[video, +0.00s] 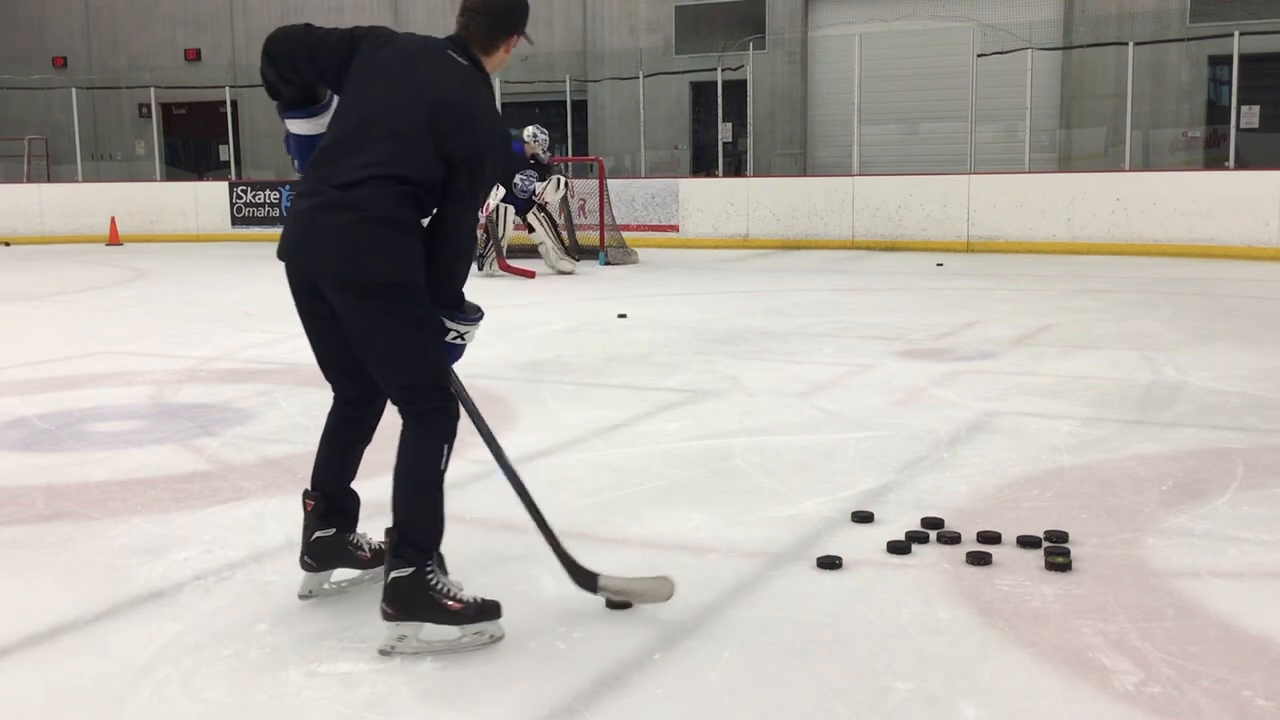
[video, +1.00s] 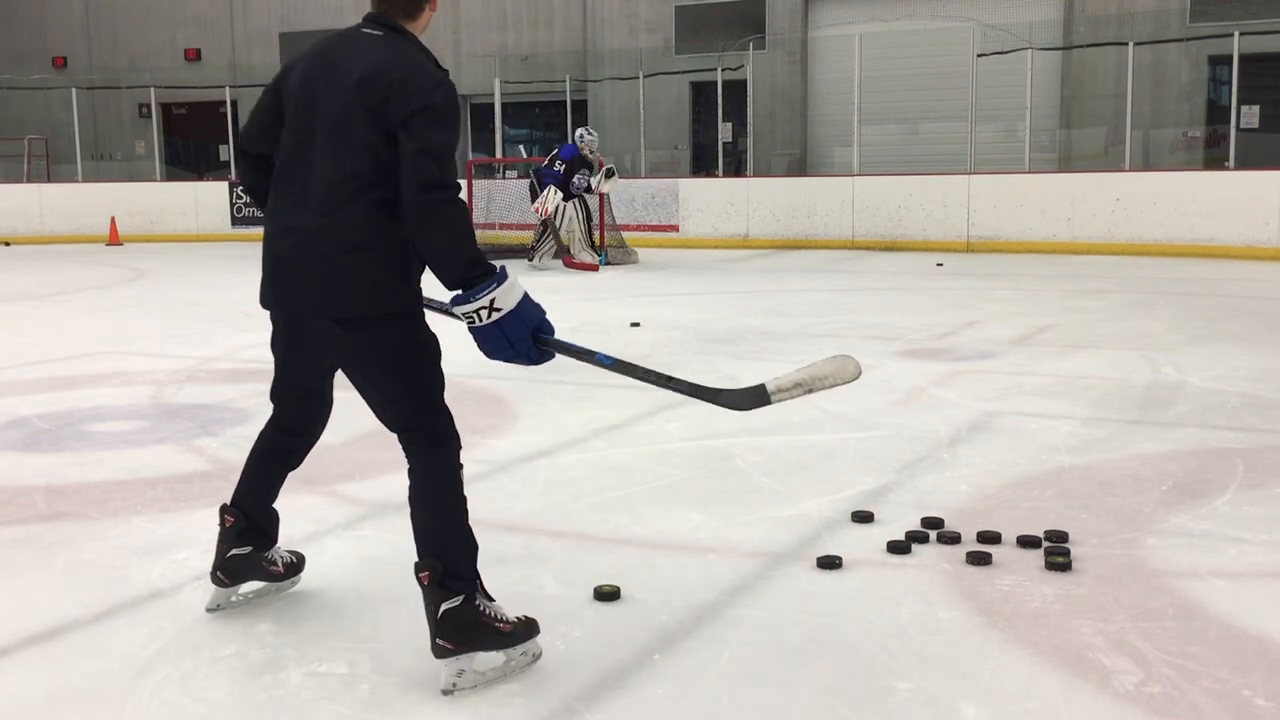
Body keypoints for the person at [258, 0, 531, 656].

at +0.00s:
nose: (515, 52)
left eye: (515, 41)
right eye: (518, 43)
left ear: (462, 21)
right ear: (507, 44)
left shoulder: (383, 46)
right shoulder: (481, 120)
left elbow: (284, 45)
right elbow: (452, 232)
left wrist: (304, 122)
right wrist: (450, 311)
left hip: (306, 243)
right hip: (376, 256)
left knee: (358, 392)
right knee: (431, 407)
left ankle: (327, 532)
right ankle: (414, 576)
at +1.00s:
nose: (438, 14)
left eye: (436, 9)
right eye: (439, 9)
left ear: (371, 4)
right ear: (429, 8)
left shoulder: (309, 60)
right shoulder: (423, 79)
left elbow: (252, 149)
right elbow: (431, 203)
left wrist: (299, 217)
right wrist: (490, 296)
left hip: (291, 285)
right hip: (371, 294)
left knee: (294, 417)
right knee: (431, 440)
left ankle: (240, 545)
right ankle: (456, 606)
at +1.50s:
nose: (439, 26)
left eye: (434, 16)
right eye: (439, 17)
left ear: (375, 16)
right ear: (431, 23)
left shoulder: (331, 74)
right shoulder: (405, 84)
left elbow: (318, 187)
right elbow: (417, 189)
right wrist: (475, 271)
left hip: (280, 290)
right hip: (351, 298)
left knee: (283, 422)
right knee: (428, 450)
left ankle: (223, 546)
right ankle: (449, 614)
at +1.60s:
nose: (448, 38)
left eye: (444, 26)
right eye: (448, 27)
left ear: (384, 22)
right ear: (439, 31)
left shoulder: (349, 81)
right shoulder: (402, 83)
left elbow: (345, 208)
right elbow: (422, 152)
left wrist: (393, 300)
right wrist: (511, 182)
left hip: (273, 285)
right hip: (341, 292)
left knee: (276, 417)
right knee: (424, 447)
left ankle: (207, 546)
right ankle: (442, 616)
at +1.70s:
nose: (464, 53)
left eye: (463, 45)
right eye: (460, 41)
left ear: (403, 34)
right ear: (447, 40)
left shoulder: (400, 106)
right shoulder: (405, 82)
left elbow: (407, 221)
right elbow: (445, 68)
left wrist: (447, 290)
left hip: (269, 285)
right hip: (331, 298)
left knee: (264, 422)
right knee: (421, 449)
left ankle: (189, 545)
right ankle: (422, 617)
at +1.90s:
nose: (493, 104)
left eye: (494, 94)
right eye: (491, 92)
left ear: (446, 83)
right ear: (474, 86)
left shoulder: (400, 124)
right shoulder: (436, 114)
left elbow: (427, 235)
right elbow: (463, 47)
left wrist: (487, 273)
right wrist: (514, 0)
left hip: (254, 290)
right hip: (326, 302)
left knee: (280, 419)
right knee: (413, 455)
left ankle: (198, 544)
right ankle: (412, 618)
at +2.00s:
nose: (483, 126)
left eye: (483, 116)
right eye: (487, 115)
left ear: (428, 95)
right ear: (479, 107)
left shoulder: (379, 134)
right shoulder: (452, 135)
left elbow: (340, 229)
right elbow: (445, 182)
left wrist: (397, 306)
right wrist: (406, 275)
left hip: (255, 293)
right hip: (329, 307)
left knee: (289, 417)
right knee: (409, 462)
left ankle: (212, 542)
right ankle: (407, 617)